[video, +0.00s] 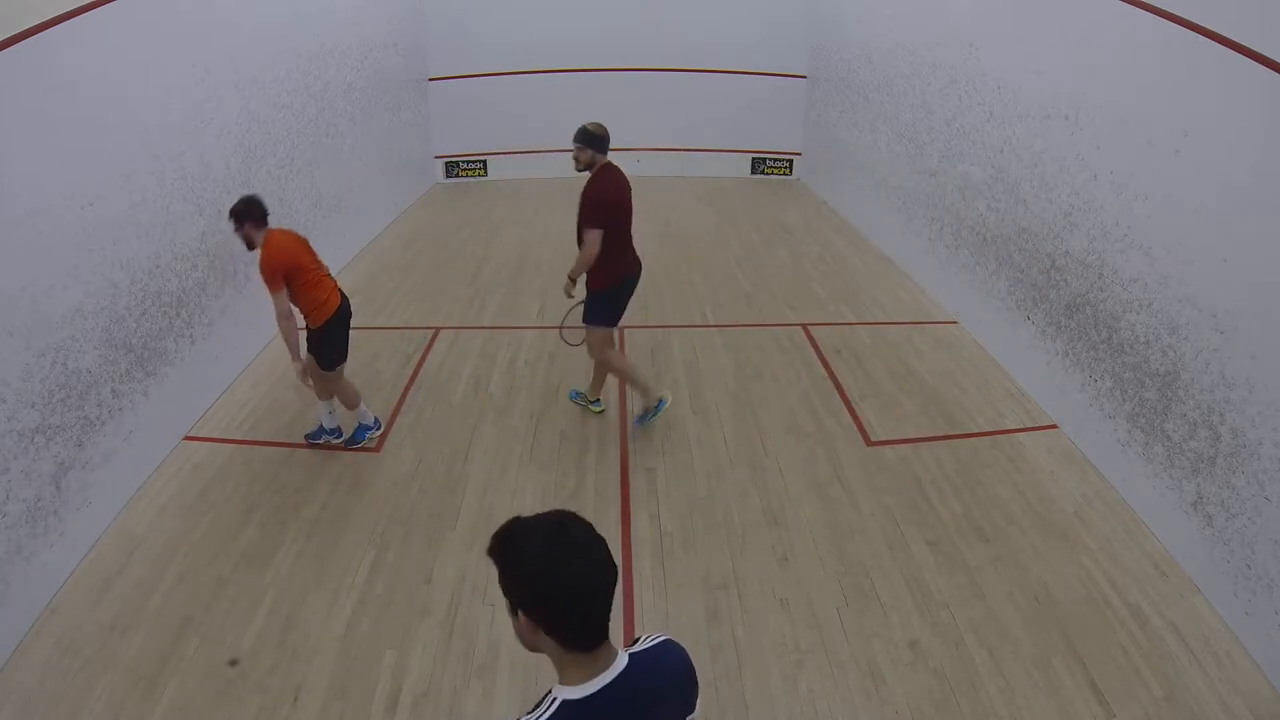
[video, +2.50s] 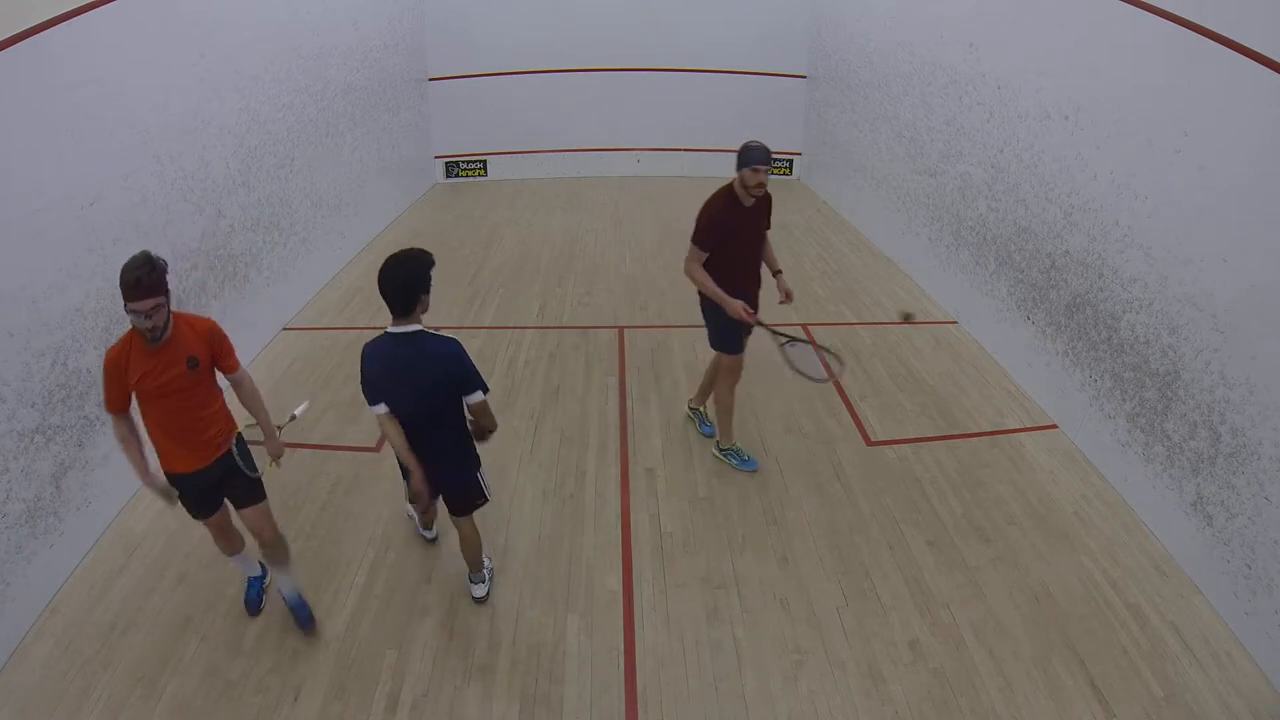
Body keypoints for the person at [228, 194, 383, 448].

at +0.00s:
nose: (237, 235)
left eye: (237, 228)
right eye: (235, 230)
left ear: (247, 225)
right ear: (260, 219)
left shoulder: (269, 260)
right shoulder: (285, 235)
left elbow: (284, 315)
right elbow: (318, 269)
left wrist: (296, 359)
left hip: (327, 318)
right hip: (334, 305)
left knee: (331, 378)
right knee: (315, 369)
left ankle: (368, 422)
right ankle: (330, 426)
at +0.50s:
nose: (248, 216)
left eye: (251, 210)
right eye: (247, 210)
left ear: (268, 209)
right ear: (274, 207)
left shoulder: (287, 244)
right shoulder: (288, 229)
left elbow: (298, 301)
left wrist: (288, 350)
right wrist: (294, 318)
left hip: (317, 323)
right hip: (302, 320)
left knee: (337, 377)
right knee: (296, 371)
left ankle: (370, 422)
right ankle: (307, 431)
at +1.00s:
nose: (215, 223)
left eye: (221, 217)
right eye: (213, 217)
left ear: (242, 214)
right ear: (238, 214)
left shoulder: (260, 245)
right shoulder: (238, 240)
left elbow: (278, 301)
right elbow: (251, 291)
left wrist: (267, 350)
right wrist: (251, 328)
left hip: (279, 329)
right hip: (260, 328)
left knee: (286, 395)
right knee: (281, 387)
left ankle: (337, 415)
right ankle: (303, 434)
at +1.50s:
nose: (192, 250)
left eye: (198, 243)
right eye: (187, 243)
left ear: (217, 236)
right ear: (183, 237)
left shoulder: (241, 269)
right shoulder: (194, 267)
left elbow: (268, 320)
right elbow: (197, 309)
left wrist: (253, 368)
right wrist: (196, 351)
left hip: (256, 353)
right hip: (229, 355)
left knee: (260, 417)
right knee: (261, 398)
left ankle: (274, 490)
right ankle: (296, 434)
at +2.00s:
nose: (166, 283)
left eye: (171, 274)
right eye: (159, 276)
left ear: (190, 263)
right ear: (155, 270)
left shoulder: (222, 296)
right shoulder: (163, 305)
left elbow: (248, 356)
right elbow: (174, 355)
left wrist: (229, 412)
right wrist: (184, 399)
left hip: (238, 391)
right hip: (199, 401)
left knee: (259, 444)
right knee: (219, 478)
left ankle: (275, 488)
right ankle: (245, 555)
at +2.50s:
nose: (148, 322)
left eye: (155, 310)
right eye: (137, 314)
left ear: (168, 296)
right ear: (125, 308)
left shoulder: (202, 332)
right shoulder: (119, 360)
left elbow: (240, 380)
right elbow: (120, 418)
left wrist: (269, 432)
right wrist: (146, 477)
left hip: (227, 450)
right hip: (183, 469)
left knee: (265, 533)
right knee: (220, 529)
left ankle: (289, 589)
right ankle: (253, 572)